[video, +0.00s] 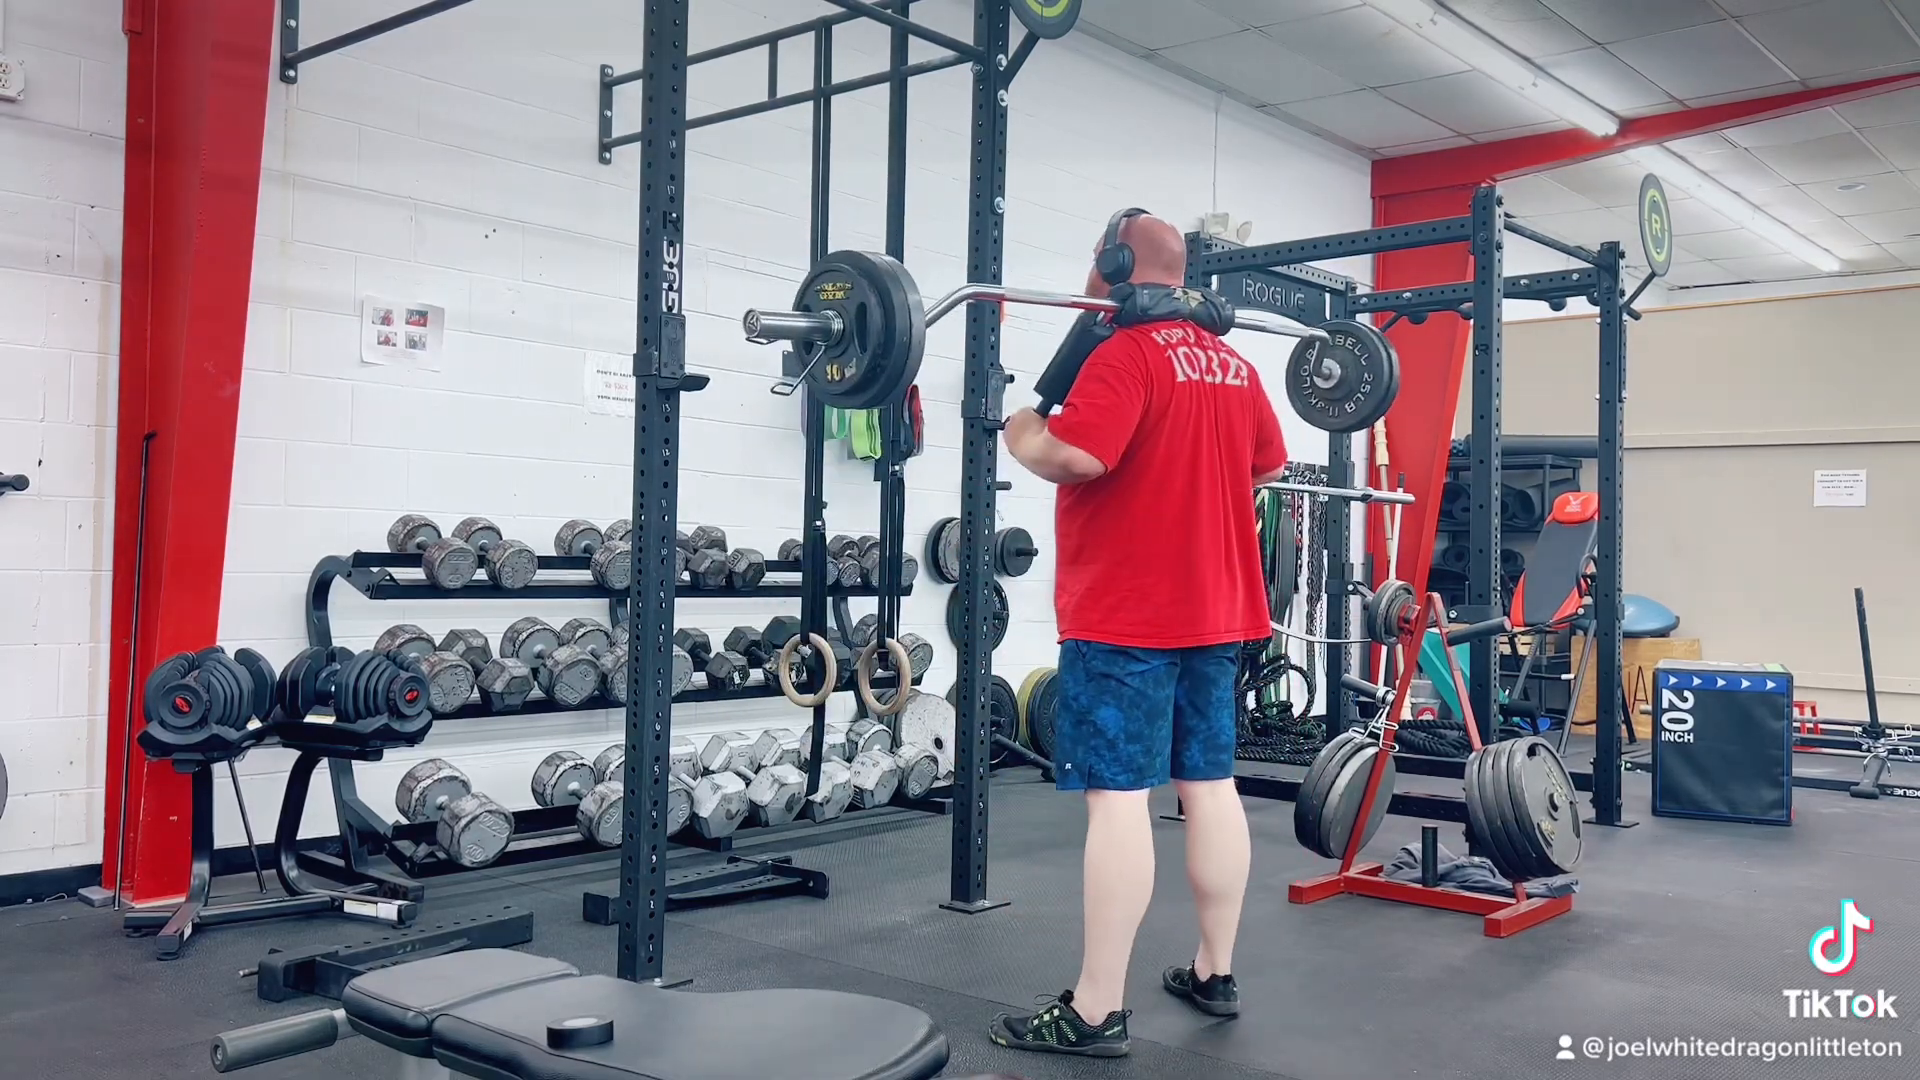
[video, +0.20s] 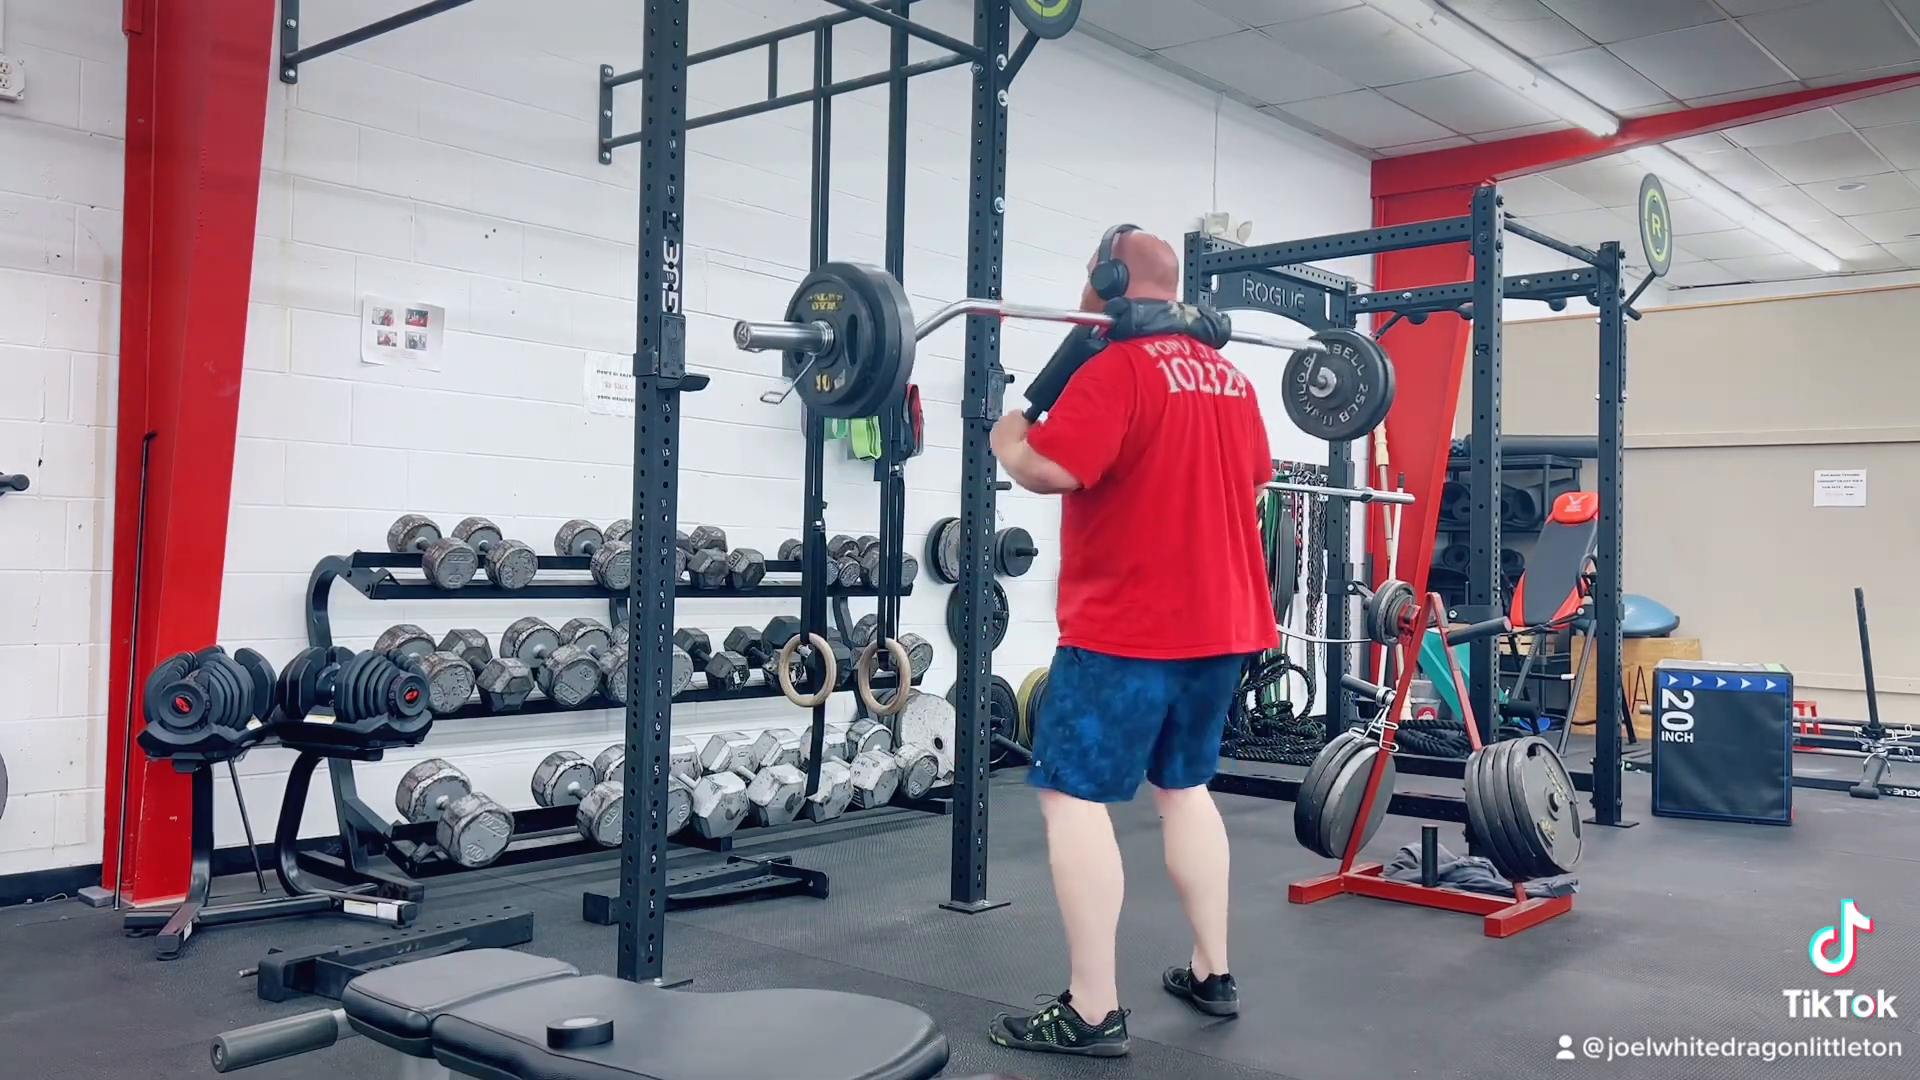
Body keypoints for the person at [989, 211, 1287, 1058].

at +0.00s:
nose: (1089, 288)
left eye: (1093, 277)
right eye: (1093, 275)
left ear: (1111, 282)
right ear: (1179, 280)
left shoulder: (1125, 350)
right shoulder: (1233, 359)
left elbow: (1081, 455)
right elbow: (1267, 463)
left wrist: (1024, 432)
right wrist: (1187, 469)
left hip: (1126, 608)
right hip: (1218, 605)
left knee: (1118, 797)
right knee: (1211, 784)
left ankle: (1095, 1009)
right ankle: (1216, 975)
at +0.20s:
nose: (1084, 304)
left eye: (1087, 292)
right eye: (1087, 291)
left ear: (1105, 298)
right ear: (1174, 294)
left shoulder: (1118, 367)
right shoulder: (1228, 373)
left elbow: (1050, 470)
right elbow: (1256, 476)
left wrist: (1009, 429)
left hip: (1127, 624)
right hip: (1224, 621)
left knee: (1070, 790)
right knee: (1183, 783)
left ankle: (1093, 1007)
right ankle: (1214, 973)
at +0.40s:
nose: (1067, 424)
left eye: (1071, 413)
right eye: (1070, 413)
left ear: (1086, 422)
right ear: (1157, 422)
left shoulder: (1103, 493)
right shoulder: (1210, 485)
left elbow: (1006, 585)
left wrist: (983, 530)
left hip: (1161, 718)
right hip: (1263, 717)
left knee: (1013, 806)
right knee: (1172, 803)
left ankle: (1089, 1008)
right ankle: (1211, 974)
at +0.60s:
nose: (1063, 576)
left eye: (1064, 566)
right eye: (1066, 566)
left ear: (1075, 573)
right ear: (1149, 566)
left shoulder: (1095, 638)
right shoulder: (1199, 619)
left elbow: (987, 720)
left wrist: (972, 650)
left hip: (1203, 858)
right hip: (1282, 853)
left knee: (999, 811)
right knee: (1159, 782)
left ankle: (1088, 1010)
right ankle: (1209, 974)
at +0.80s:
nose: (1067, 598)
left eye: (1068, 590)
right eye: (1070, 590)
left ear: (1075, 598)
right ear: (1151, 591)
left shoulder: (1099, 665)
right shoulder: (1202, 644)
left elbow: (993, 752)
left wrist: (975, 681)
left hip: (1208, 886)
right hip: (1286, 877)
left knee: (999, 815)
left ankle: (1088, 1008)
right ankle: (1209, 972)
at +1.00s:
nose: (1064, 477)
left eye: (1064, 468)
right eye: (1066, 468)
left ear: (1079, 470)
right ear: (1149, 462)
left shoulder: (1108, 530)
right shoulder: (1212, 517)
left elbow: (1013, 626)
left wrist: (980, 570)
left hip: (1194, 732)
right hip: (1291, 731)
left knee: (1024, 800)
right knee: (1194, 806)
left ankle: (1089, 1008)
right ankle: (1214, 974)